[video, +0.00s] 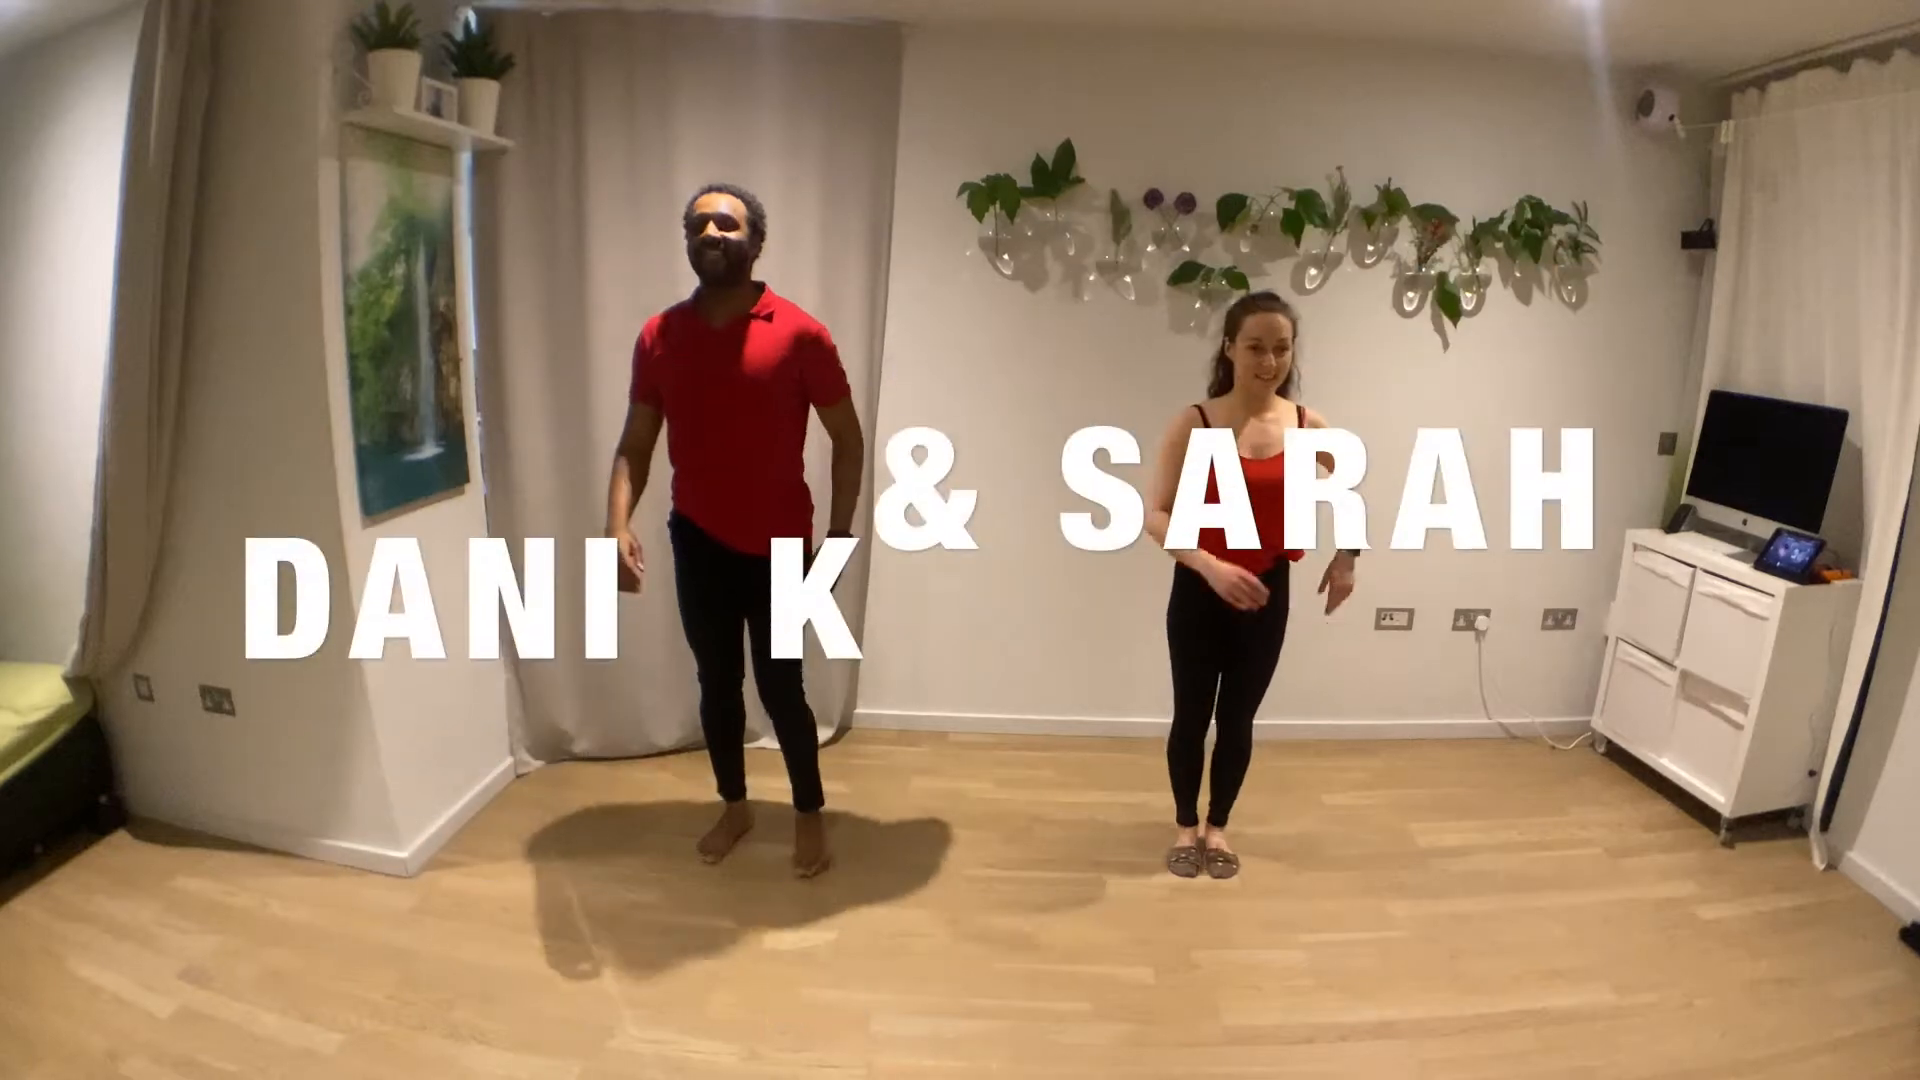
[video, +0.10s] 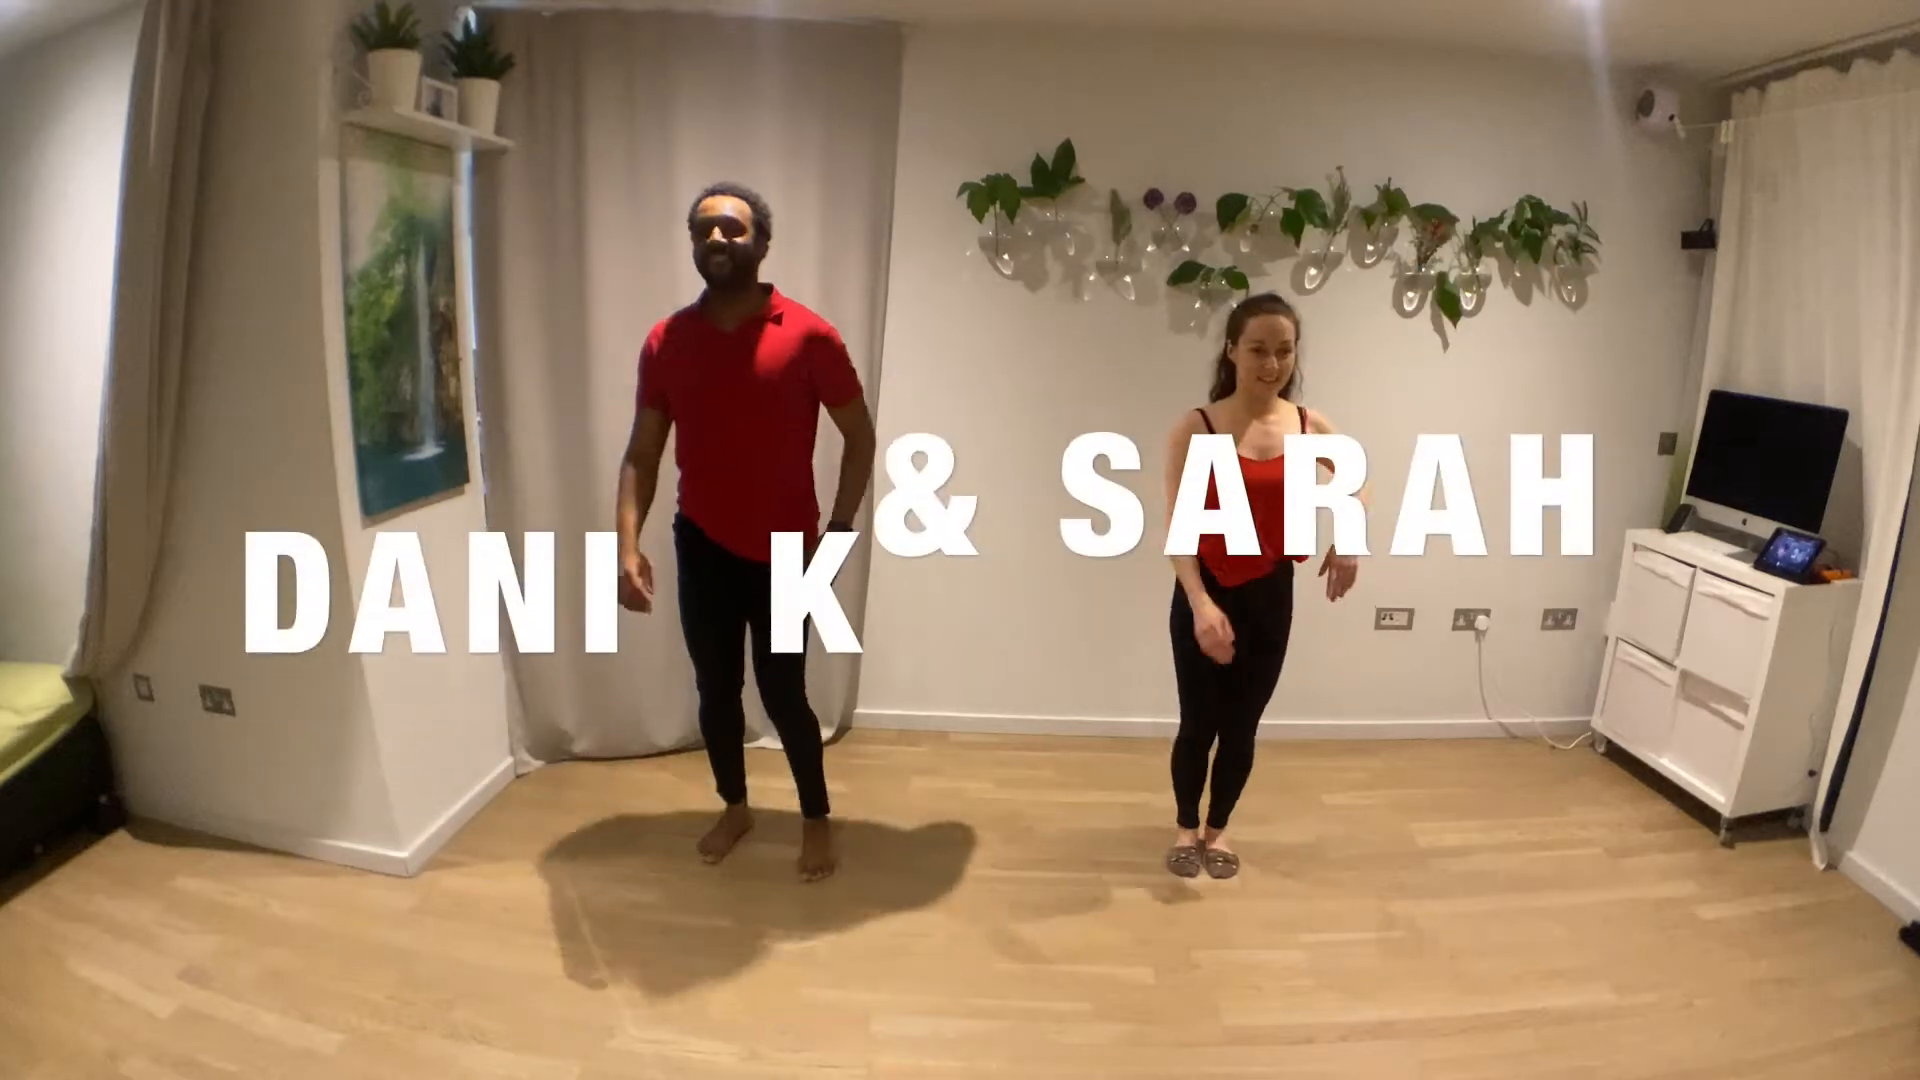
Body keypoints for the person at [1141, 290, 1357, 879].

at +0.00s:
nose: (1269, 360)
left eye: (1281, 348)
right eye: (1256, 346)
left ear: (1294, 352)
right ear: (1230, 347)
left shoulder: (1309, 425)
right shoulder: (1193, 423)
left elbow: (1344, 495)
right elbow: (1156, 516)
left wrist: (1345, 554)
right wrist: (1210, 566)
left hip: (1267, 591)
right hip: (1198, 585)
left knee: (1238, 717)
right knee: (1192, 714)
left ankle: (1216, 832)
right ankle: (1187, 830)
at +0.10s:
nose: (1271, 362)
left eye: (1283, 350)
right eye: (1259, 348)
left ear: (1295, 355)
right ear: (1231, 349)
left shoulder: (1310, 426)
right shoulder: (1195, 428)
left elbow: (1356, 487)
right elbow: (1177, 526)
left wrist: (1346, 541)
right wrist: (1201, 604)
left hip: (1270, 592)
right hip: (1204, 589)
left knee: (1241, 724)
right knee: (1200, 721)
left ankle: (1215, 836)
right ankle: (1187, 832)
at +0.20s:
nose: (1275, 368)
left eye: (1287, 356)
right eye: (1262, 355)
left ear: (1298, 361)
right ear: (1234, 356)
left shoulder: (1312, 433)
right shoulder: (1198, 436)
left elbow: (1357, 497)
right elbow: (1178, 537)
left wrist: (1332, 530)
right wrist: (1183, 624)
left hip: (1275, 600)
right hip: (1209, 599)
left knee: (1247, 735)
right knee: (1212, 736)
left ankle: (1216, 836)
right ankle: (1189, 825)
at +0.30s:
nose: (1277, 374)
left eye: (1289, 362)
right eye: (1264, 360)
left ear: (1302, 368)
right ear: (1238, 362)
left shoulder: (1315, 442)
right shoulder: (1202, 439)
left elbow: (1325, 549)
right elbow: (1164, 536)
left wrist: (1323, 505)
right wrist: (1164, 619)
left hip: (1283, 607)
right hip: (1217, 606)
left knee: (1251, 748)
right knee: (1230, 748)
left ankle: (1213, 837)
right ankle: (1202, 824)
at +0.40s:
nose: (1283, 373)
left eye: (1295, 361)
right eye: (1270, 359)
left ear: (1307, 368)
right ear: (1242, 361)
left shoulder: (1320, 446)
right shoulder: (1204, 436)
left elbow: (1331, 552)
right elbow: (1153, 512)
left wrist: (1317, 502)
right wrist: (1146, 595)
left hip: (1287, 609)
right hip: (1220, 608)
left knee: (1260, 745)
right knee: (1244, 746)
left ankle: (1221, 829)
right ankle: (1221, 833)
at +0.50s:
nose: (1290, 370)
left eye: (1302, 358)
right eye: (1277, 356)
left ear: (1314, 365)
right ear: (1248, 358)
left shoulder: (1322, 447)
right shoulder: (1206, 431)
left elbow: (1330, 557)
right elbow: (1139, 487)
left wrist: (1317, 486)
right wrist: (1137, 565)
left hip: (1293, 607)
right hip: (1225, 605)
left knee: (1265, 745)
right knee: (1252, 748)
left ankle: (1222, 824)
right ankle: (1245, 877)